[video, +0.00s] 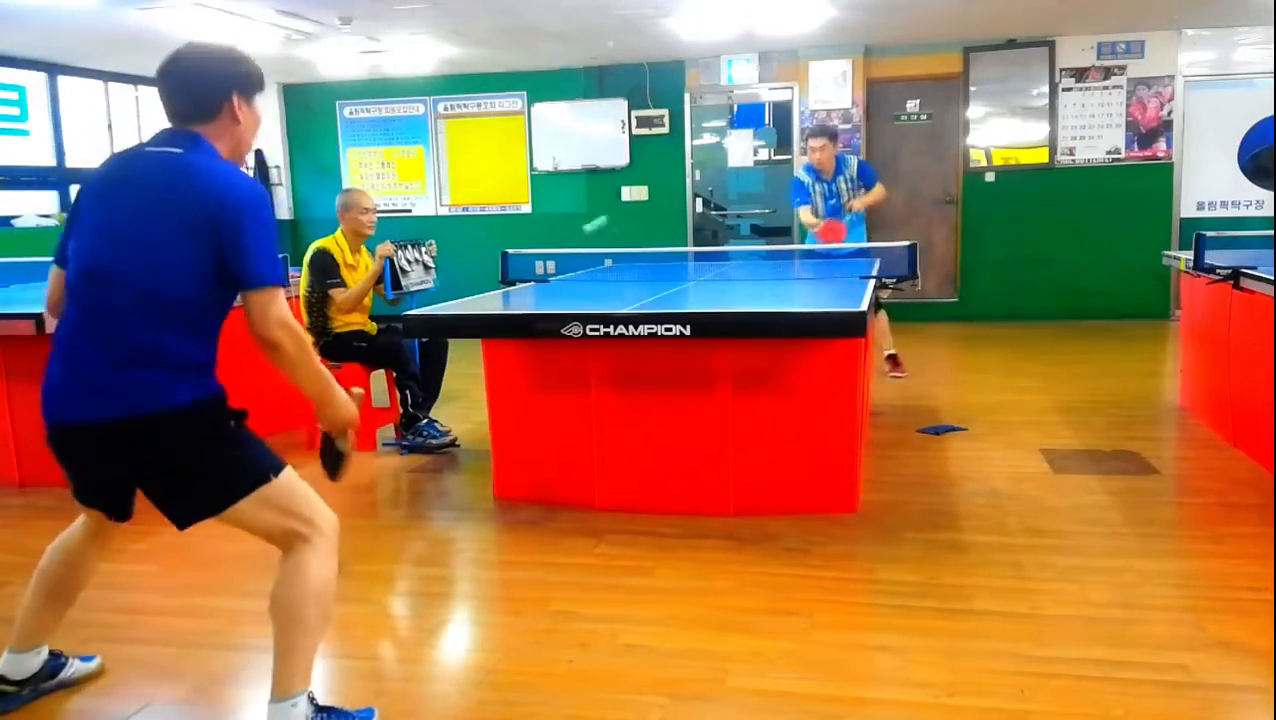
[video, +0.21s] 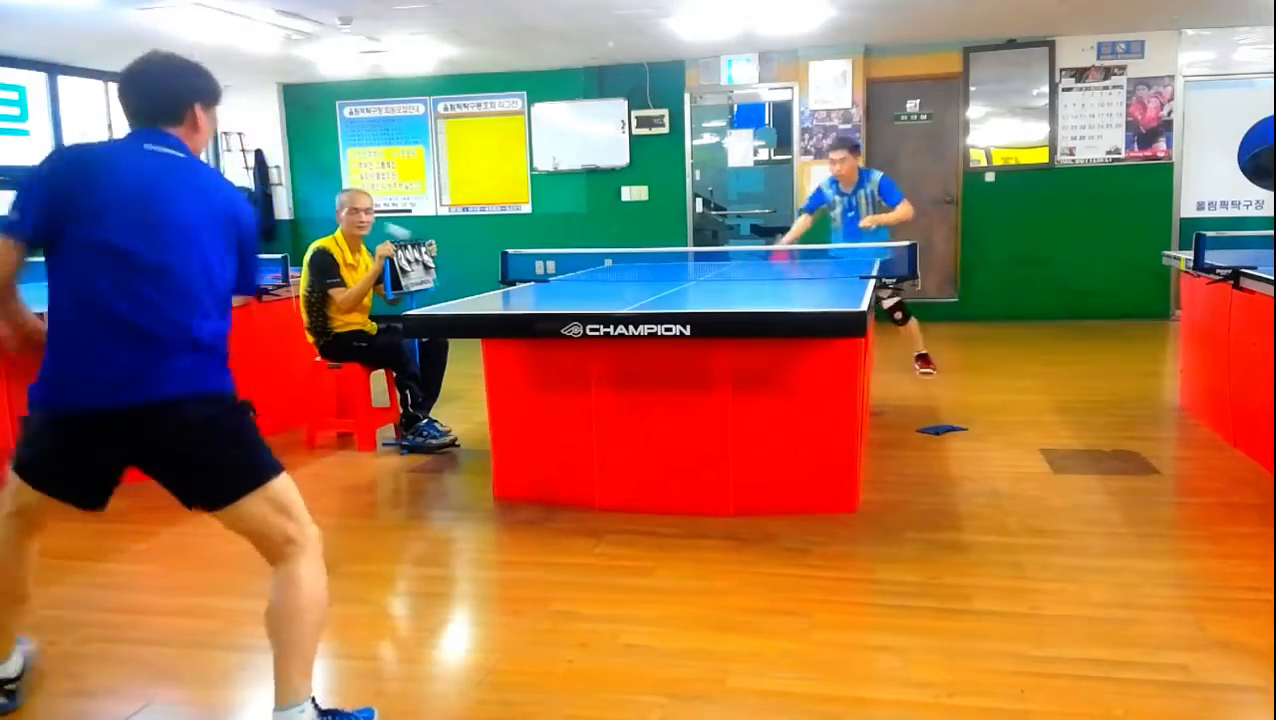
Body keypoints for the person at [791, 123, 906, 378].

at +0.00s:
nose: (815, 156)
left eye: (821, 150)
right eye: (811, 150)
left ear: (835, 148)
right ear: (806, 151)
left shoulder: (853, 165)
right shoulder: (803, 176)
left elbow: (880, 191)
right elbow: (804, 212)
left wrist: (862, 201)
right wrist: (816, 223)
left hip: (855, 248)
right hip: (818, 251)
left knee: (872, 300)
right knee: (817, 301)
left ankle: (889, 354)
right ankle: (819, 358)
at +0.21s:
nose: (835, 168)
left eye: (841, 161)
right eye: (832, 162)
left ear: (857, 159)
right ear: (828, 163)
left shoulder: (876, 180)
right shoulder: (827, 187)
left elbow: (907, 211)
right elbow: (807, 216)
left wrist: (878, 219)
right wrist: (785, 241)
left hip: (877, 261)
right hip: (842, 262)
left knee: (897, 312)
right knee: (840, 314)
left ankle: (920, 354)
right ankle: (842, 364)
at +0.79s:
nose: (873, 147)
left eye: (877, 141)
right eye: (868, 142)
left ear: (890, 137)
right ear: (863, 142)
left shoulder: (910, 153)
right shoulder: (861, 166)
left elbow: (937, 169)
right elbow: (863, 200)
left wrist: (946, 176)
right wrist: (872, 201)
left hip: (915, 235)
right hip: (880, 236)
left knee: (924, 290)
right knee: (866, 293)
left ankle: (934, 349)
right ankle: (858, 350)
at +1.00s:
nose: (878, 138)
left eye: (883, 133)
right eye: (873, 134)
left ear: (895, 134)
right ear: (866, 138)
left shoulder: (907, 157)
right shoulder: (864, 164)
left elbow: (932, 169)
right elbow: (885, 185)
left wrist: (960, 171)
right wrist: (898, 160)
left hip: (914, 237)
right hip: (881, 240)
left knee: (926, 293)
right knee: (866, 296)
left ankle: (943, 349)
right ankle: (859, 351)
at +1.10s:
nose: (872, 145)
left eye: (877, 139)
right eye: (867, 139)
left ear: (887, 139)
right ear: (860, 141)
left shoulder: (899, 160)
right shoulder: (855, 163)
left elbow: (920, 185)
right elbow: (866, 181)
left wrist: (954, 191)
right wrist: (889, 158)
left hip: (901, 241)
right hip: (869, 244)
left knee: (920, 291)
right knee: (863, 298)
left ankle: (940, 348)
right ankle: (858, 353)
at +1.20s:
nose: (864, 142)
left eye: (869, 136)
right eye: (859, 137)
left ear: (880, 137)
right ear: (853, 139)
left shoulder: (893, 160)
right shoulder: (847, 163)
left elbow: (915, 186)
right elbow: (840, 190)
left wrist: (940, 195)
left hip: (890, 238)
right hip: (858, 240)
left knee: (905, 287)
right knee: (859, 291)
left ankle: (915, 341)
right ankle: (859, 342)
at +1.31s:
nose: (856, 136)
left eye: (862, 130)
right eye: (852, 131)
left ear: (873, 131)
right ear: (847, 133)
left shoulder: (888, 156)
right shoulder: (841, 160)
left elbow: (908, 178)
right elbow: (824, 185)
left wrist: (916, 195)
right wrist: (823, 199)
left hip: (881, 235)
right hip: (849, 237)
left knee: (888, 287)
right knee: (852, 286)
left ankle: (893, 334)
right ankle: (856, 334)